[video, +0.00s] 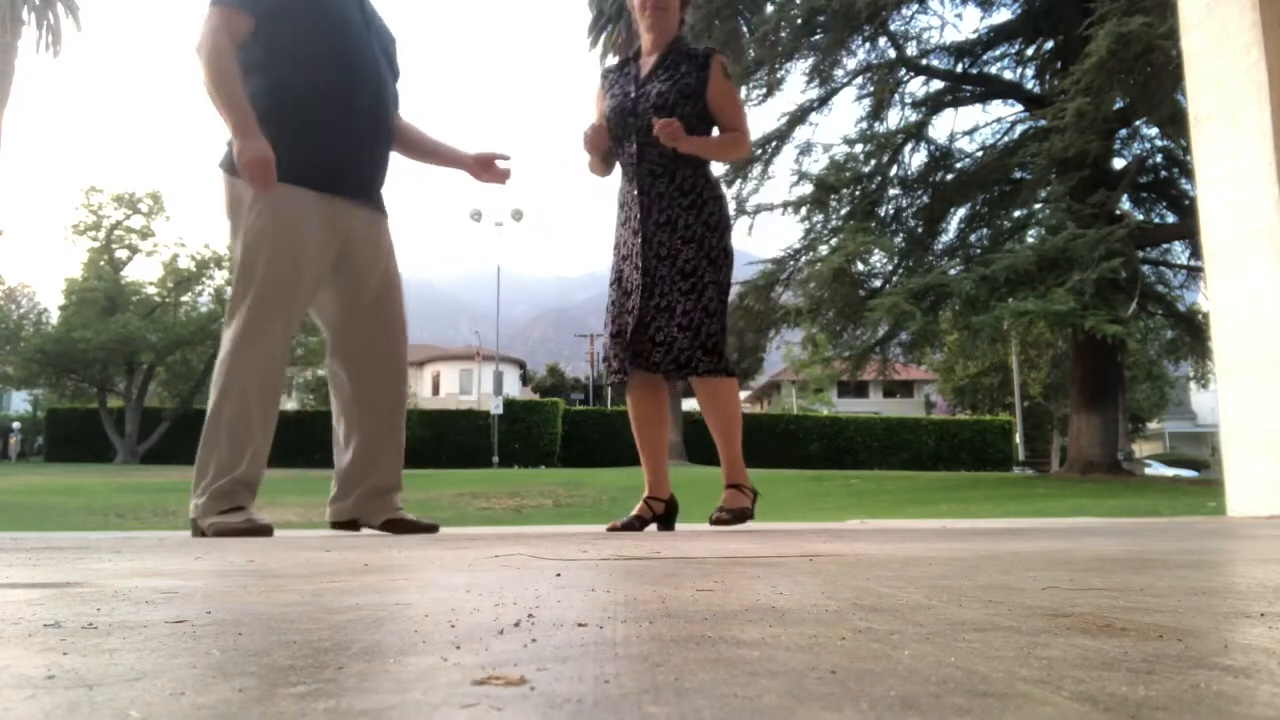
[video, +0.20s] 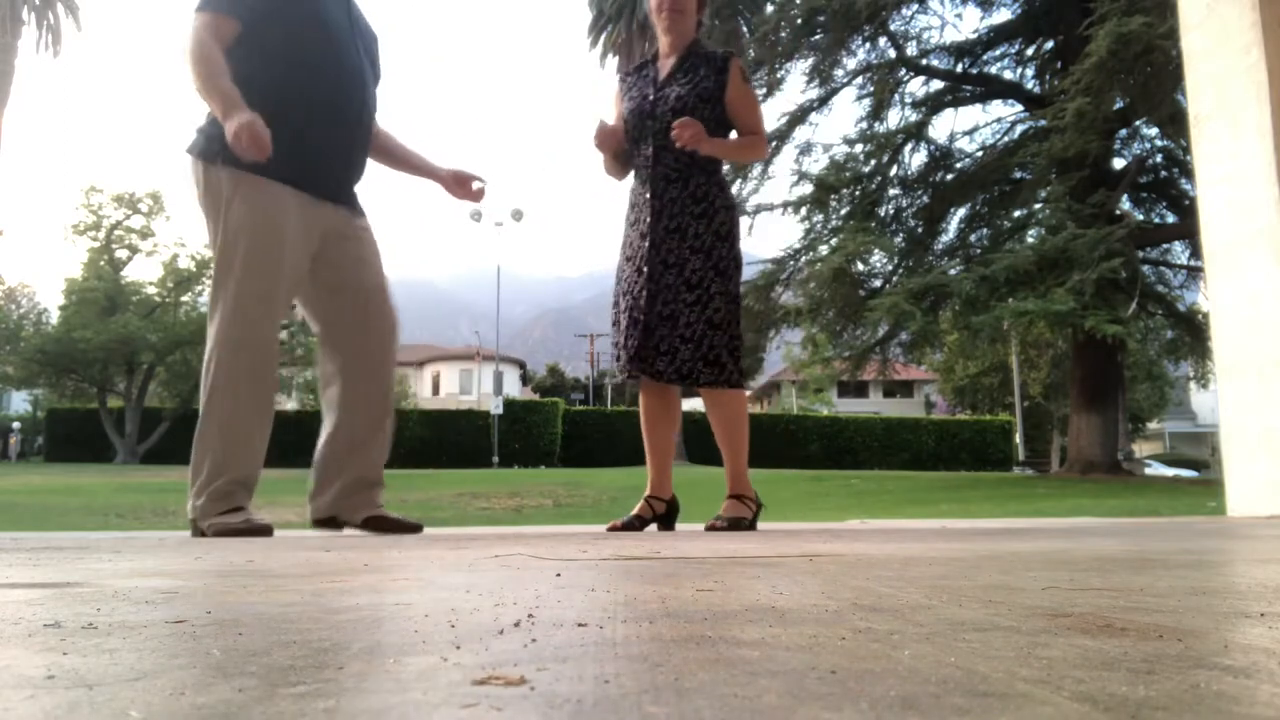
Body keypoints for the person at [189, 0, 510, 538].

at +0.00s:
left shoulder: (377, 29)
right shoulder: (266, 1)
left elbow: (384, 123)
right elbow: (214, 43)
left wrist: (465, 160)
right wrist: (247, 135)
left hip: (360, 206)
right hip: (282, 188)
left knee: (375, 353)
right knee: (257, 346)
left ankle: (366, 500)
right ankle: (221, 505)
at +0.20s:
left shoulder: (361, 29)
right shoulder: (257, 1)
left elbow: (356, 127)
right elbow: (204, 41)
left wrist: (436, 173)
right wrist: (233, 111)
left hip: (332, 197)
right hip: (256, 172)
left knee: (367, 332)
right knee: (245, 336)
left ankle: (346, 500)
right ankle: (218, 505)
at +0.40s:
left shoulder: (356, 23)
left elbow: (345, 119)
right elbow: (191, 27)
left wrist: (420, 165)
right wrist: (253, 78)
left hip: (332, 191)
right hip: (251, 170)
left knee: (338, 343)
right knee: (241, 338)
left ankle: (341, 503)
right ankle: (219, 505)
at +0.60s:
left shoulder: (354, 38)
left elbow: (354, 134)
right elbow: (198, 49)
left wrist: (432, 176)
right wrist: (265, 76)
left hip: (324, 199)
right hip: (243, 178)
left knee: (361, 335)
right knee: (258, 333)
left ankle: (340, 505)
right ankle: (219, 505)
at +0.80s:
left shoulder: (348, 20)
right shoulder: (244, 1)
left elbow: (352, 117)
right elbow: (187, 24)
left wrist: (437, 149)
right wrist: (277, 40)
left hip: (321, 190)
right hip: (239, 172)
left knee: (336, 344)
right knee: (237, 342)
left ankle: (339, 502)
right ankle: (220, 505)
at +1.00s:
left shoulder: (346, 28)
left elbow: (352, 123)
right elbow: (183, 38)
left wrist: (440, 154)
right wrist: (254, 69)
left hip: (312, 192)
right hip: (231, 172)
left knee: (337, 343)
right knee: (234, 341)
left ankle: (339, 504)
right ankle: (218, 505)